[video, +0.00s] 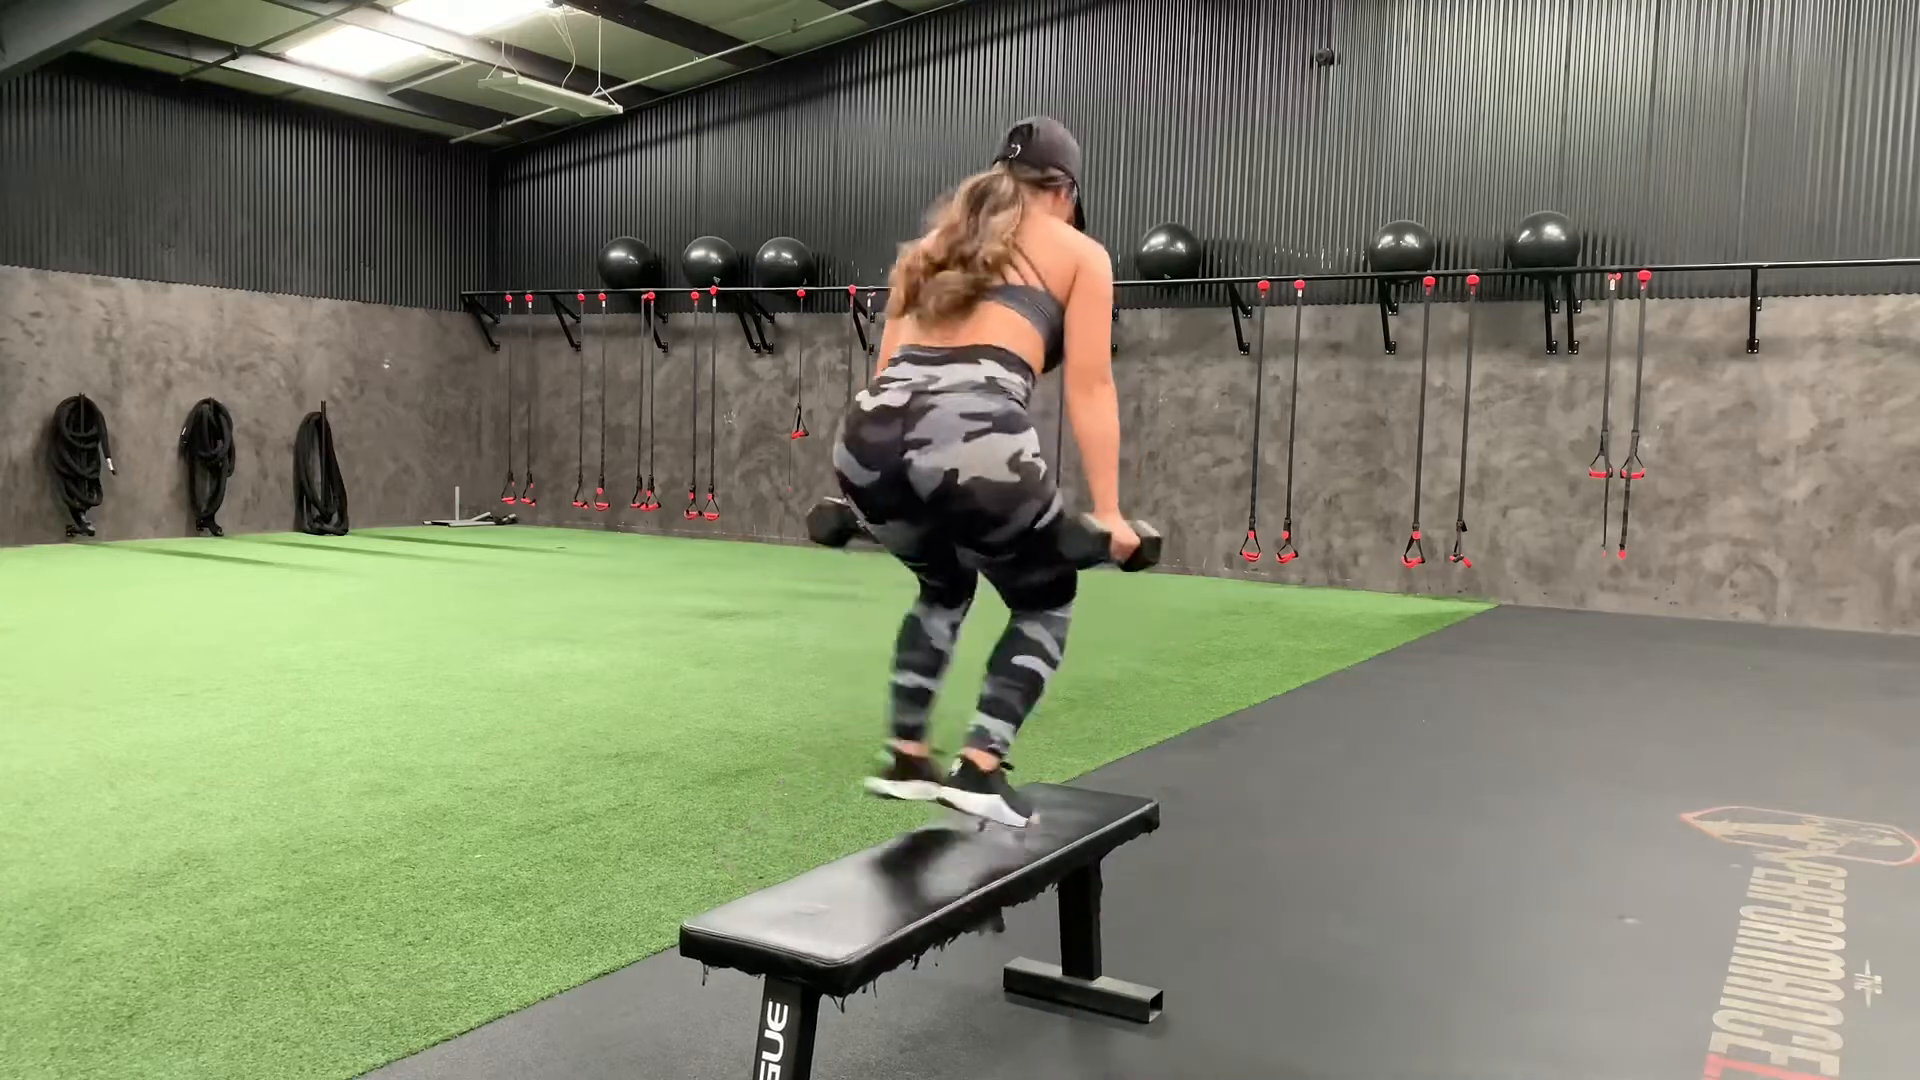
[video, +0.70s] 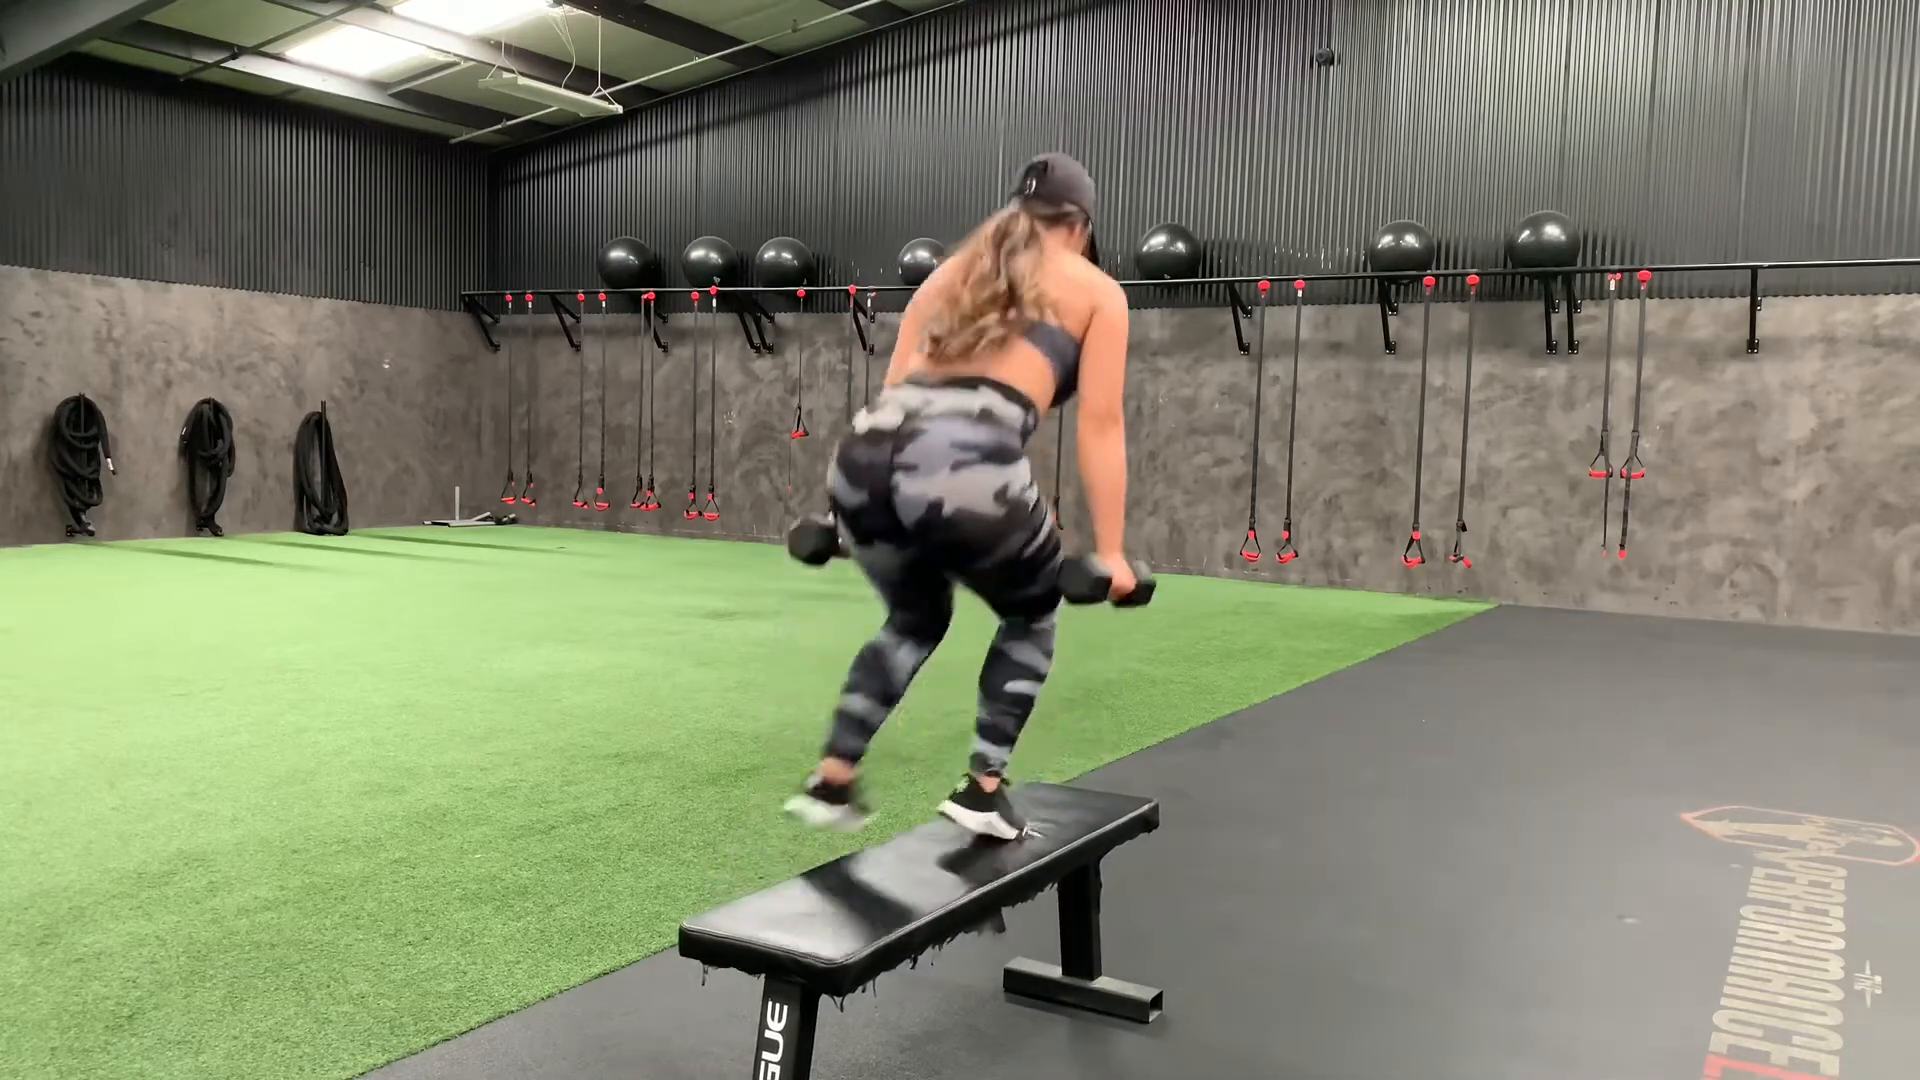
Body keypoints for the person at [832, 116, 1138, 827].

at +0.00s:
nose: (1070, 210)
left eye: (1069, 198)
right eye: (1071, 198)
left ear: (997, 182)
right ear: (1060, 193)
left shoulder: (930, 245)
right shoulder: (1077, 251)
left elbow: (886, 367)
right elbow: (1089, 388)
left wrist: (854, 487)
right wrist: (1108, 511)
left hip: (872, 445)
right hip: (979, 442)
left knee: (945, 583)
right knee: (1043, 600)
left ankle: (906, 756)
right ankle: (979, 768)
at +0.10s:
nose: (1069, 232)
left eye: (1067, 220)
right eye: (1070, 220)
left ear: (999, 201)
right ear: (1060, 215)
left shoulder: (928, 260)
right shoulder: (1069, 275)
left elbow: (890, 380)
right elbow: (1073, 411)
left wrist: (843, 512)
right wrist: (1087, 540)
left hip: (855, 467)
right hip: (956, 466)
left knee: (907, 628)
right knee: (1021, 620)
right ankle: (964, 796)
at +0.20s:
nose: (1065, 294)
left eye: (1063, 283)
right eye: (1066, 282)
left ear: (996, 269)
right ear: (1058, 281)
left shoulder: (932, 322)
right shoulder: (1064, 345)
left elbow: (887, 450)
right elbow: (1060, 481)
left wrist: (814, 578)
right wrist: (1070, 612)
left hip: (838, 533)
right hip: (929, 538)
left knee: (836, 723)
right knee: (1029, 625)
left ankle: (734, 899)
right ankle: (960, 802)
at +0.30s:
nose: (1050, 382)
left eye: (1050, 370)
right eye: (1049, 370)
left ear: (980, 359)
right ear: (1036, 368)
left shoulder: (919, 418)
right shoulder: (1036, 439)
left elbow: (877, 530)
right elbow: (1037, 578)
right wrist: (1053, 714)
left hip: (821, 629)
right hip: (906, 633)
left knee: (792, 828)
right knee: (1026, 658)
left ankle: (697, 1004)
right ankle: (959, 809)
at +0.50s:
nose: (1064, 368)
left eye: (1061, 358)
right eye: (1063, 357)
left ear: (992, 348)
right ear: (1053, 355)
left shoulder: (939, 401)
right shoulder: (1060, 421)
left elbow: (892, 506)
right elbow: (1056, 562)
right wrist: (1061, 690)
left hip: (834, 598)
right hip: (917, 610)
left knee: (783, 796)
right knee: (1036, 638)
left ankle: (702, 983)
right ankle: (961, 803)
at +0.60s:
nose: (1080, 291)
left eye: (1076, 280)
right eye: (1081, 280)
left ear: (1007, 268)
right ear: (1073, 279)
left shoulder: (943, 328)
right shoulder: (1084, 347)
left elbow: (886, 445)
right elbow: (1083, 482)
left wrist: (829, 563)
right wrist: (1090, 613)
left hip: (855, 525)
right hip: (949, 531)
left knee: (853, 708)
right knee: (1037, 633)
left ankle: (744, 879)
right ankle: (965, 799)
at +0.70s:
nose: (1084, 240)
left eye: (1079, 228)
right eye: (1084, 229)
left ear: (1015, 217)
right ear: (1079, 226)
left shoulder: (949, 274)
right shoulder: (1095, 290)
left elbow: (893, 395)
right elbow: (1099, 424)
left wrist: (844, 508)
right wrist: (1111, 553)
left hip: (868, 467)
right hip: (967, 471)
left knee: (916, 615)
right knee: (1030, 611)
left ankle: (833, 775)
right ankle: (983, 784)